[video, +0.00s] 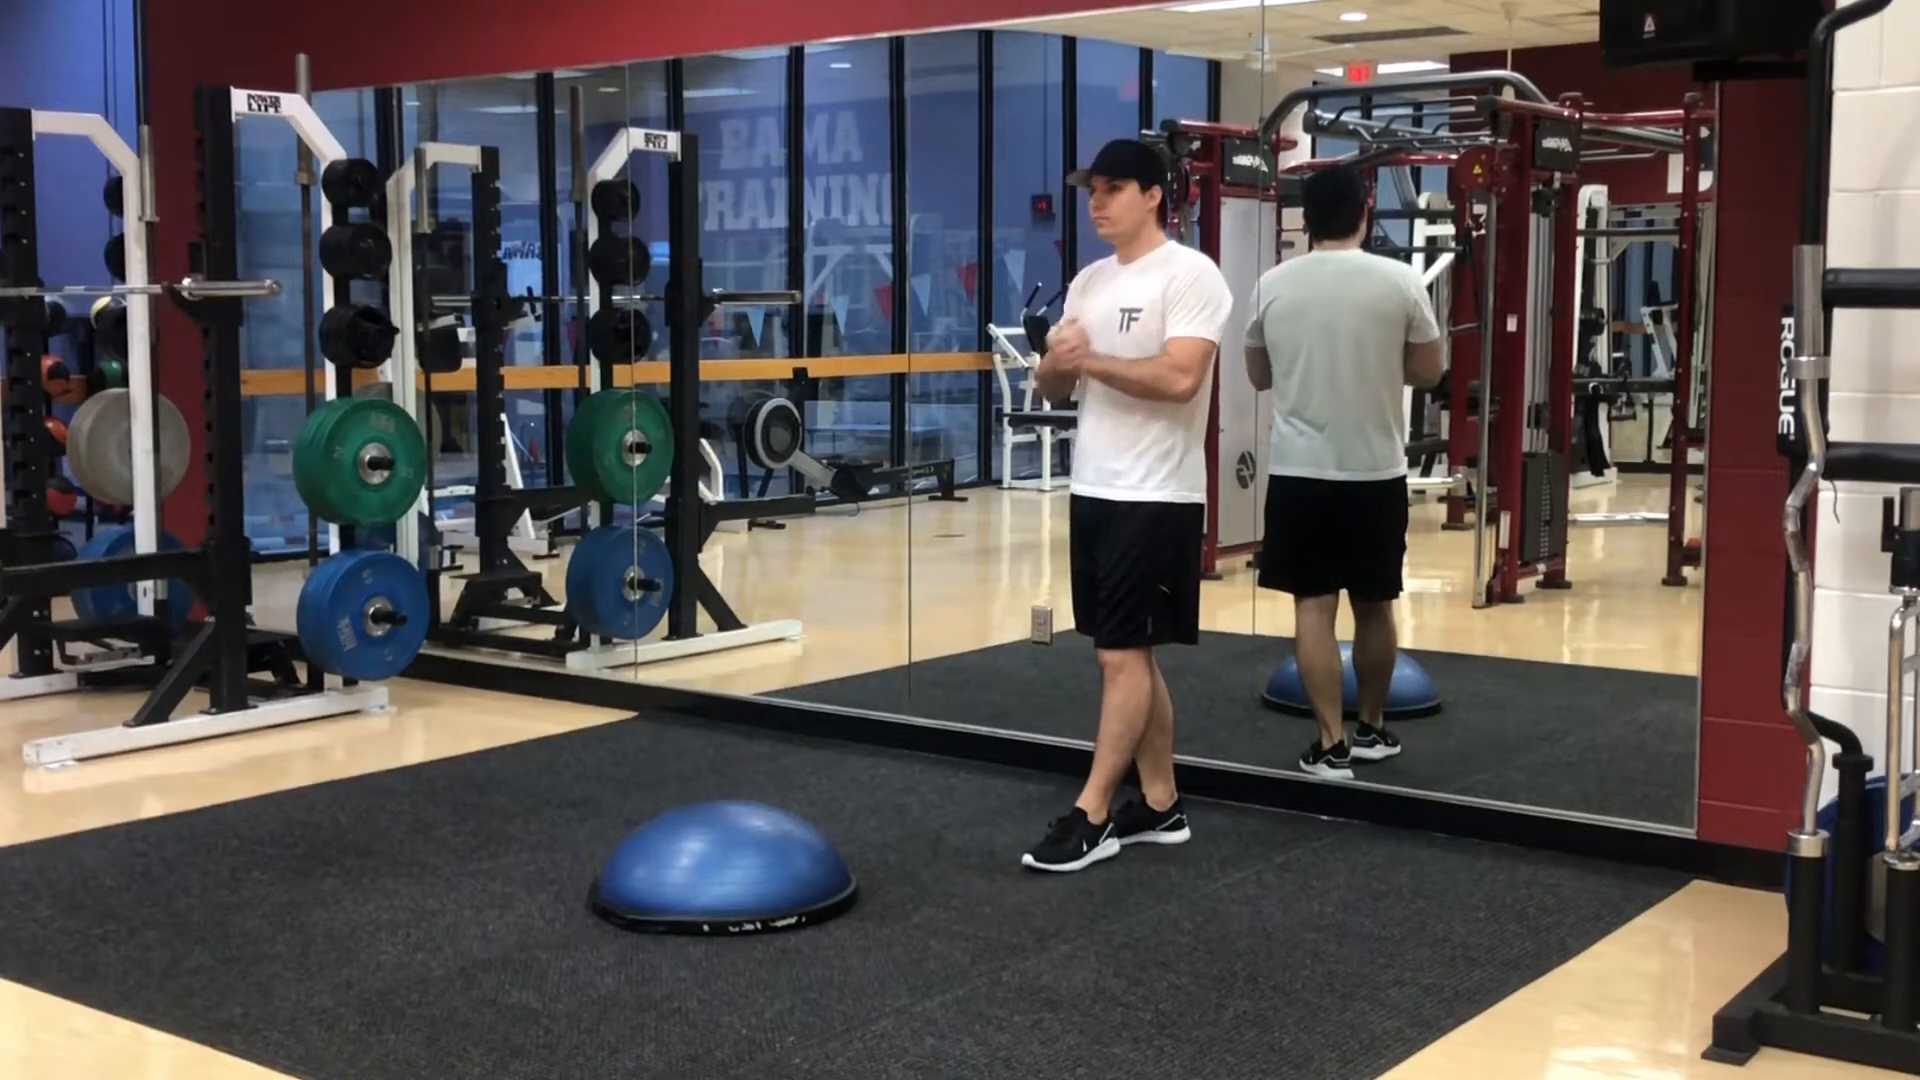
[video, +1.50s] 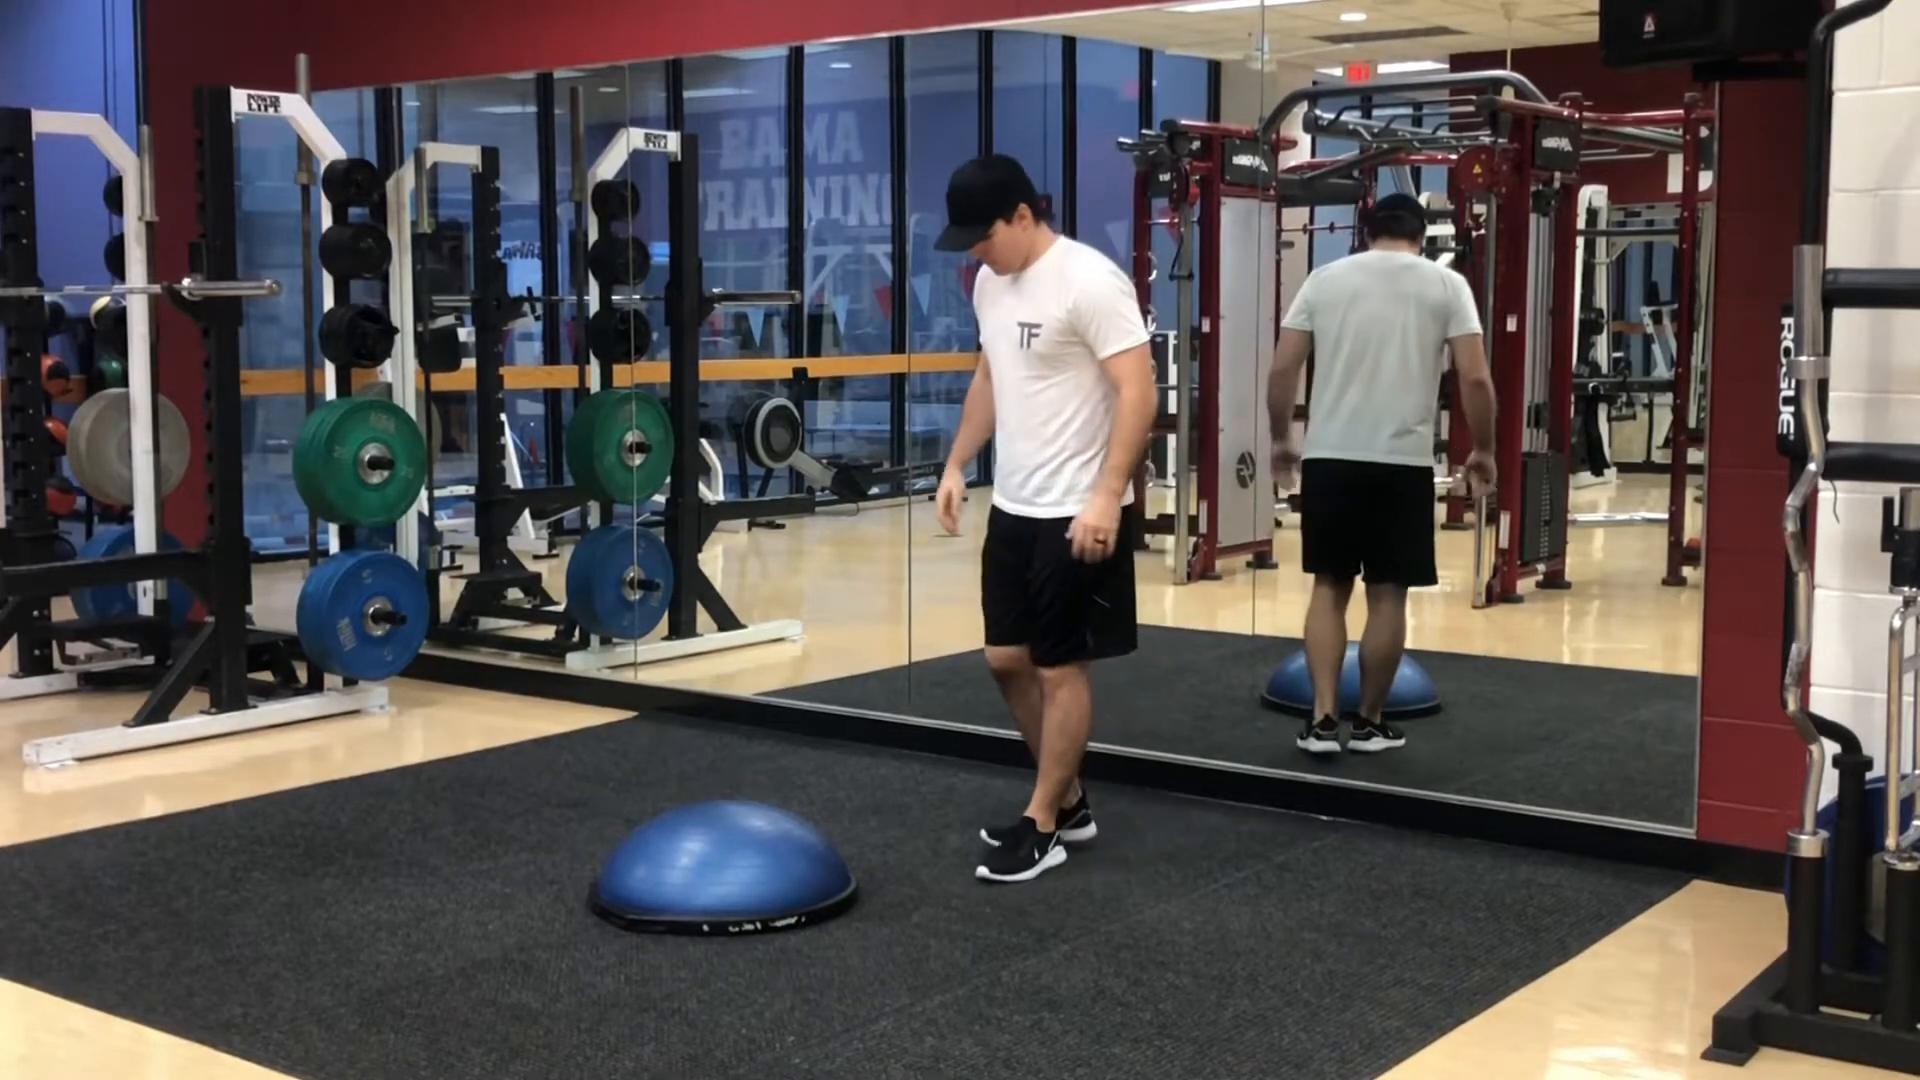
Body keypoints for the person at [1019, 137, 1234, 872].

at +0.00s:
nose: (1097, 205)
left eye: (1111, 191)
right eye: (1093, 193)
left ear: (1152, 196)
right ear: (1095, 199)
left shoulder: (1193, 274)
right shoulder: (1088, 281)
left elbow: (1180, 379)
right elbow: (1051, 386)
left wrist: (1087, 363)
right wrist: (1054, 361)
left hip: (1156, 492)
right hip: (1095, 489)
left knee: (1121, 652)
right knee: (1128, 653)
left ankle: (1091, 813)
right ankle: (1161, 802)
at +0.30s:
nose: (1093, 224)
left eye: (1104, 209)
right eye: (1088, 212)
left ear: (1145, 202)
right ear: (1094, 212)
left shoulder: (1193, 277)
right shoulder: (1093, 286)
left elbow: (1183, 391)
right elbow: (1077, 384)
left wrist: (1133, 477)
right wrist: (1045, 450)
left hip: (1159, 495)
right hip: (1097, 489)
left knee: (1119, 652)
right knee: (1126, 653)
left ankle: (1092, 813)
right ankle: (1161, 802)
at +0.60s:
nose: (1062, 246)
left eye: (1069, 231)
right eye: (1057, 233)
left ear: (1109, 212)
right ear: (1087, 220)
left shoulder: (1178, 278)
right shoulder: (1080, 287)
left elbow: (1238, 376)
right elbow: (1108, 389)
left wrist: (1279, 475)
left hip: (1152, 500)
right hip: (1091, 498)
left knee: (1088, 643)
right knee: (1128, 653)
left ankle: (1079, 808)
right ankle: (1160, 802)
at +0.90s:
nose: (1039, 255)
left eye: (1045, 239)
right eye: (1032, 243)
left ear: (1086, 219)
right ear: (1056, 229)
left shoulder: (1151, 284)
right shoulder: (1049, 292)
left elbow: (1202, 388)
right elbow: (1053, 395)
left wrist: (1201, 498)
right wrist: (1039, 483)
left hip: (1132, 508)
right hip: (1071, 505)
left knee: (1080, 658)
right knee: (1114, 662)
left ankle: (1043, 820)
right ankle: (1159, 803)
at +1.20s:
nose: (999, 252)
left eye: (1005, 236)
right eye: (993, 240)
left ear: (1046, 214)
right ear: (1021, 224)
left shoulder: (1113, 281)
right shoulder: (1009, 286)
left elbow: (1154, 391)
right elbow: (1003, 383)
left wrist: (1094, 472)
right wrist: (962, 444)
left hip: (1096, 509)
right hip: (1030, 507)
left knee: (1072, 666)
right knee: (1030, 663)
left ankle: (1040, 823)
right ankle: (1131, 773)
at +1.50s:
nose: (978, 256)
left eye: (983, 240)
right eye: (971, 245)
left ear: (1022, 216)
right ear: (994, 227)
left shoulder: (1092, 280)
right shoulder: (990, 283)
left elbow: (1140, 390)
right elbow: (989, 380)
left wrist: (1107, 494)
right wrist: (956, 462)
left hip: (1076, 513)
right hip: (1013, 510)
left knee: (1063, 666)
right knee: (1008, 659)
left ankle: (1041, 824)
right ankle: (1068, 794)